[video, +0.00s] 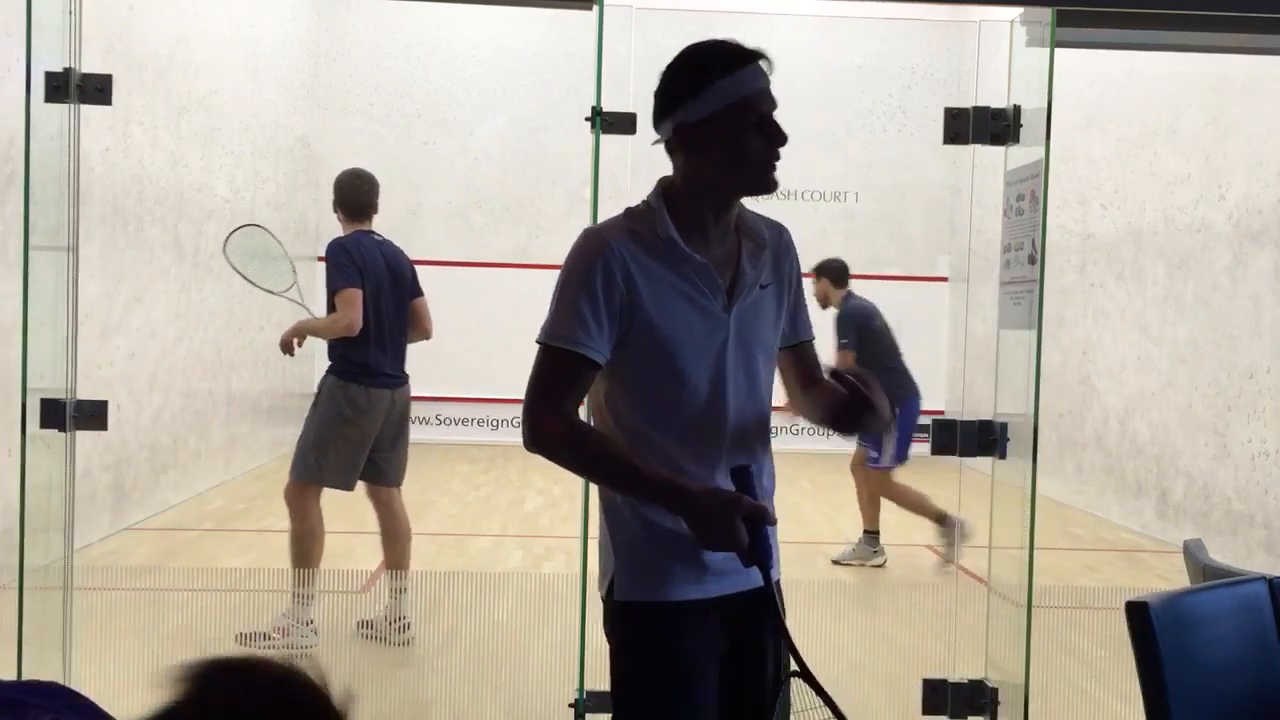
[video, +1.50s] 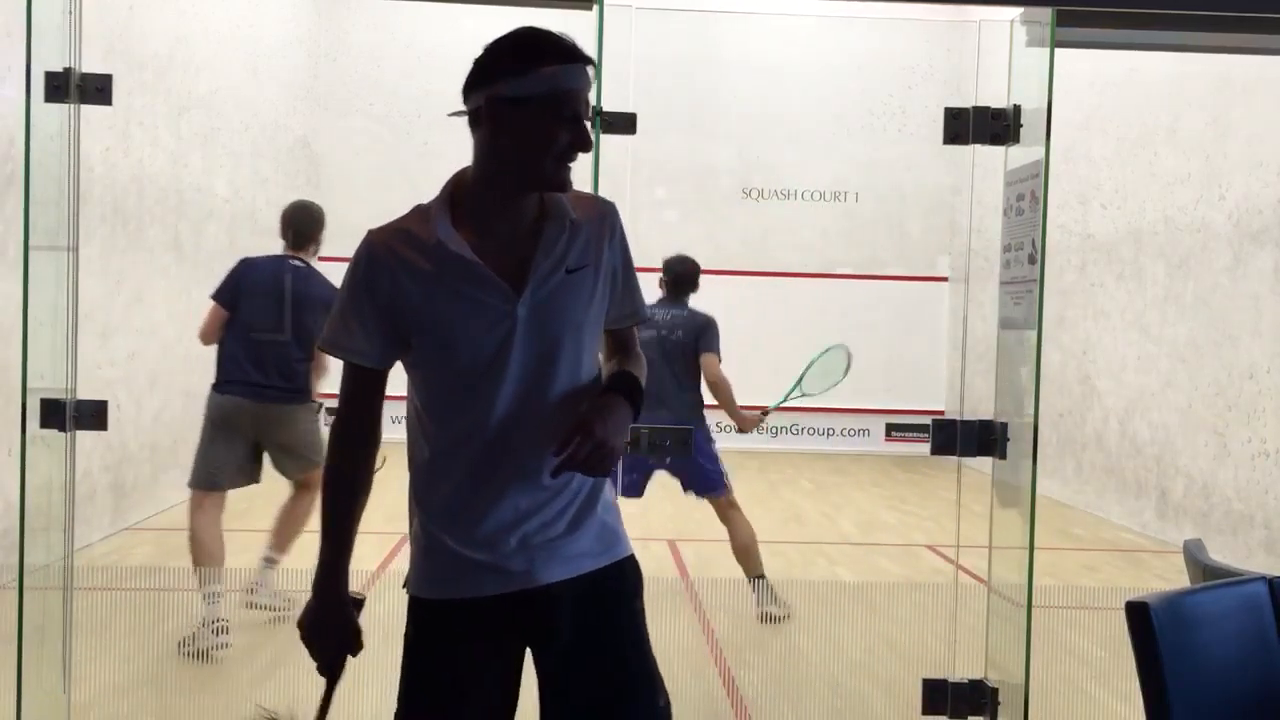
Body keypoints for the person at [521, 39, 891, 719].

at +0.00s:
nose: (781, 136)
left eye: (773, 118)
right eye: (759, 120)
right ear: (691, 136)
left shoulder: (771, 246)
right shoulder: (609, 253)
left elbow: (809, 389)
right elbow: (545, 423)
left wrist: (849, 405)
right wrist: (688, 501)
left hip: (753, 568)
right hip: (658, 578)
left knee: (756, 712)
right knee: (668, 716)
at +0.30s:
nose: (735, 135)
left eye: (728, 116)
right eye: (717, 116)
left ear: (656, 128)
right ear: (651, 126)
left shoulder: (729, 238)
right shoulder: (552, 262)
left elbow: (801, 337)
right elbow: (509, 429)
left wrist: (812, 346)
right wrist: (637, 501)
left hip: (728, 577)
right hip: (621, 586)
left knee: (720, 712)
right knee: (615, 718)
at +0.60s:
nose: (641, 132)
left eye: (636, 112)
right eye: (621, 113)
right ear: (554, 123)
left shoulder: (654, 240)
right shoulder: (460, 259)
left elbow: (714, 370)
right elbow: (414, 420)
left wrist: (723, 392)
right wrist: (494, 510)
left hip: (645, 575)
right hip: (519, 585)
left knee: (682, 712)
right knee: (500, 717)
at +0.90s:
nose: (572, 144)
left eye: (571, 124)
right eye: (550, 125)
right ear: (480, 125)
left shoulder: (591, 237)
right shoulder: (390, 259)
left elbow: (636, 379)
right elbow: (342, 414)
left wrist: (611, 409)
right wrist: (353, 554)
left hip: (575, 575)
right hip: (444, 577)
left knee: (604, 711)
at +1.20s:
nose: (555, 134)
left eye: (554, 113)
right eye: (529, 113)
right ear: (455, 115)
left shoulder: (577, 227)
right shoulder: (374, 254)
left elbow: (627, 356)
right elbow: (335, 414)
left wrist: (585, 396)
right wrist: (297, 577)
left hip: (564, 576)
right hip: (435, 582)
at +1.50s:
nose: (583, 136)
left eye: (584, 118)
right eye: (561, 116)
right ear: (487, 115)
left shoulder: (595, 226)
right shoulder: (393, 255)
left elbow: (625, 354)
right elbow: (357, 425)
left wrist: (621, 396)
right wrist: (331, 584)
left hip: (590, 569)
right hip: (461, 581)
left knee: (634, 714)